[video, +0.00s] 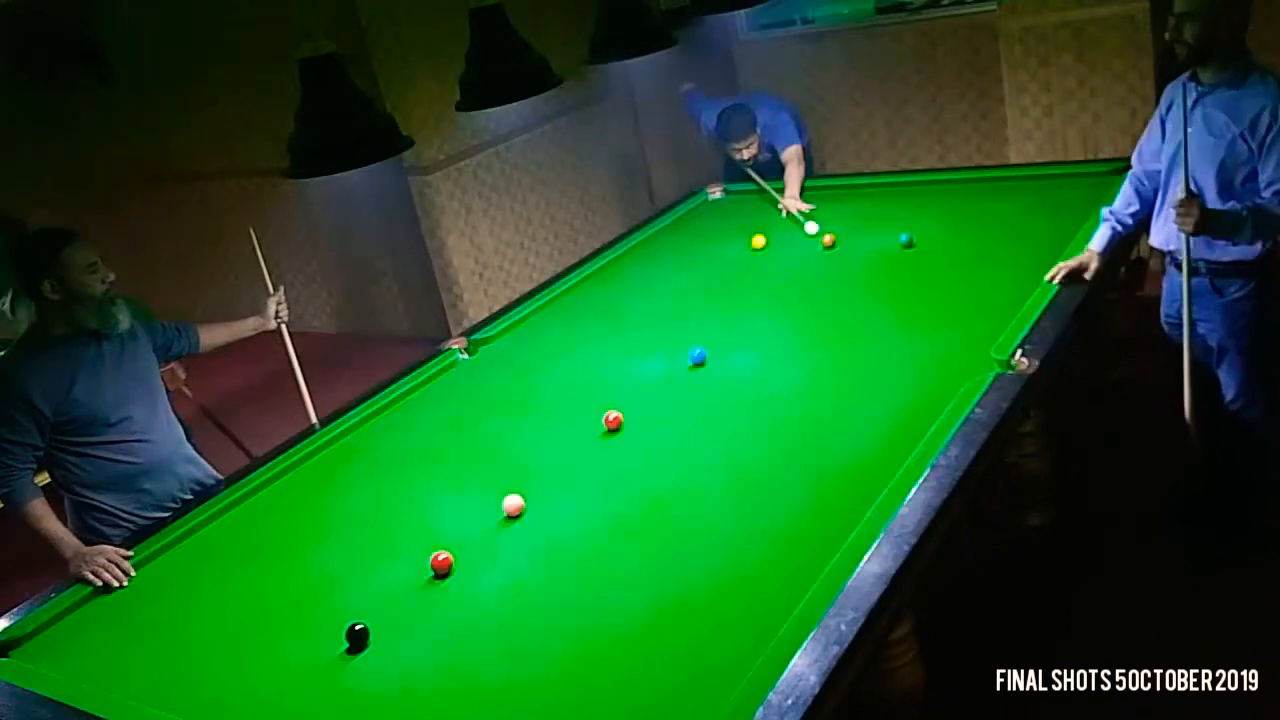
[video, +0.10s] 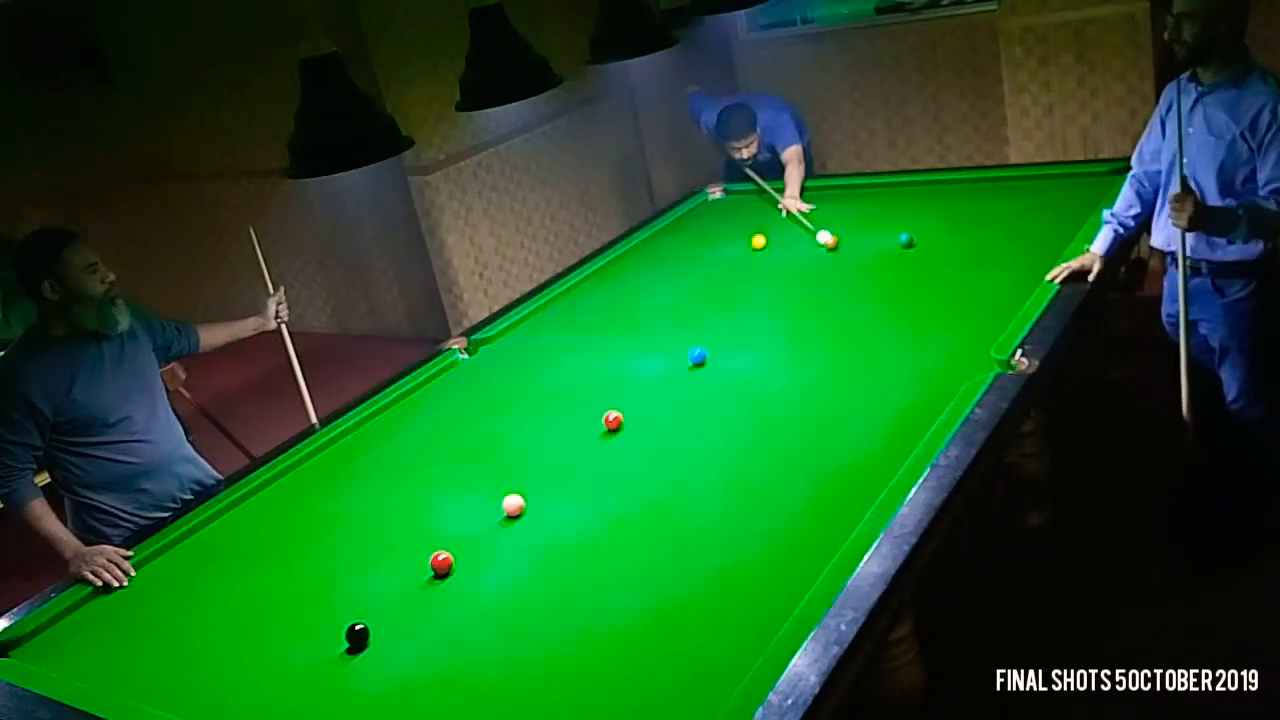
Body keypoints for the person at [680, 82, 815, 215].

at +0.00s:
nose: (745, 156)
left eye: (750, 147)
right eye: (736, 151)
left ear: (758, 134)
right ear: (722, 142)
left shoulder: (776, 121)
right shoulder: (710, 120)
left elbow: (794, 160)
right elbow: (693, 99)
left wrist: (791, 196)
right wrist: (688, 90)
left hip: (777, 156)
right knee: (738, 210)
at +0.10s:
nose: (744, 155)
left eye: (749, 146)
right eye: (736, 150)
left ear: (758, 133)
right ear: (719, 141)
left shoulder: (777, 121)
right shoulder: (709, 118)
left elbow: (794, 161)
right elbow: (691, 92)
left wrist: (791, 195)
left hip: (778, 156)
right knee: (738, 210)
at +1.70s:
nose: (754, 133)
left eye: (760, 123)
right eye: (746, 126)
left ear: (768, 113)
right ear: (732, 119)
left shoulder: (787, 111)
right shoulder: (720, 105)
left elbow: (797, 158)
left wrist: (792, 195)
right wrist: (724, 142)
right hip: (742, 155)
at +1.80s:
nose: (759, 115)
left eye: (765, 105)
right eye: (751, 108)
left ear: (773, 98)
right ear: (738, 103)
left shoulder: (794, 105)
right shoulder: (726, 96)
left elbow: (801, 151)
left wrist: (794, 192)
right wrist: (726, 135)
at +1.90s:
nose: (765, 95)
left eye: (771, 86)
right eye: (757, 88)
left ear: (779, 80)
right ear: (744, 86)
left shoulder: (800, 92)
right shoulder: (731, 86)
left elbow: (814, 145)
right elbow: (718, 95)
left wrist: (799, 184)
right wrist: (726, 131)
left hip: (793, 165)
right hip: (750, 164)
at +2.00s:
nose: (772, 74)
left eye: (778, 65)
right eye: (764, 67)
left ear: (786, 61)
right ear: (750, 65)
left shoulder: (807, 76)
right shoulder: (736, 76)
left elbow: (831, 131)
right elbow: (720, 91)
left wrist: (811, 166)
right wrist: (726, 127)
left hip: (803, 161)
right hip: (758, 161)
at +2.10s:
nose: (780, 54)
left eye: (786, 45)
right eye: (773, 46)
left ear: (794, 42)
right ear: (759, 45)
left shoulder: (815, 62)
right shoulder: (744, 63)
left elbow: (845, 115)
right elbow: (727, 86)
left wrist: (822, 147)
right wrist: (728, 127)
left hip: (810, 157)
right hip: (763, 157)